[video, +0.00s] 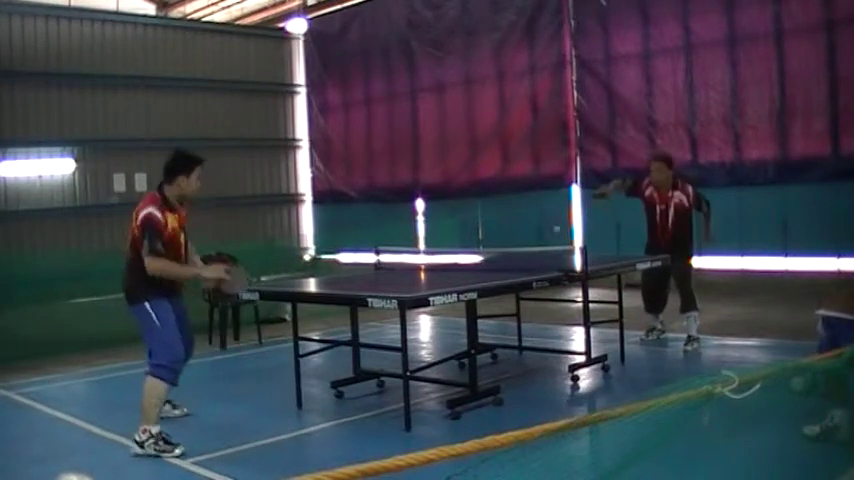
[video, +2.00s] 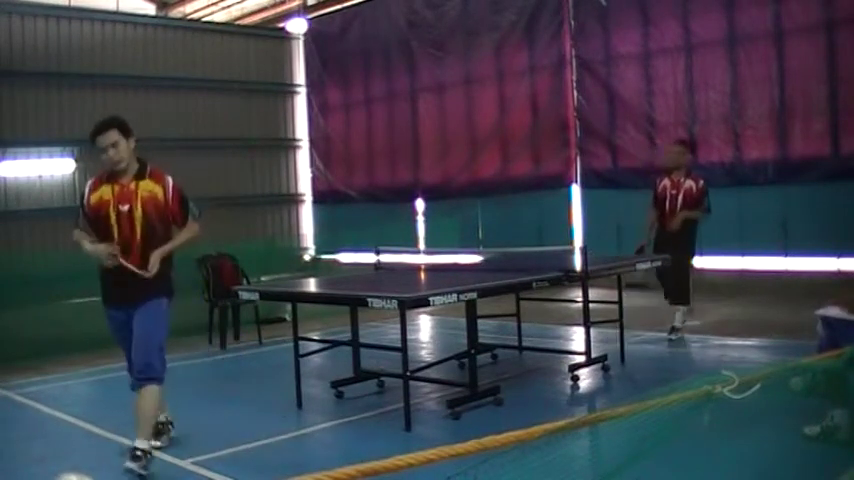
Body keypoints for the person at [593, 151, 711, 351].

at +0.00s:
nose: (655, 176)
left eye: (660, 171)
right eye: (653, 171)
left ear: (670, 172)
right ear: (649, 172)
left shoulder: (686, 191)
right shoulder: (645, 188)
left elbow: (705, 208)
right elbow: (623, 185)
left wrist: (707, 233)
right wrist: (608, 189)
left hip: (680, 248)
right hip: (655, 248)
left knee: (684, 286)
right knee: (650, 286)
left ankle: (692, 333)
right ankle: (655, 325)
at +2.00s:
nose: (673, 158)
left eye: (678, 154)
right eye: (671, 154)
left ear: (687, 158)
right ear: (668, 157)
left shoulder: (697, 184)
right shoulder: (662, 183)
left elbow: (702, 211)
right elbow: (655, 212)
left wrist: (683, 215)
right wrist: (647, 237)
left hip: (683, 234)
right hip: (663, 232)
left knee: (680, 270)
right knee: (662, 269)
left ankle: (679, 312)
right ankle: (680, 305)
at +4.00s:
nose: (729, 158)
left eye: (733, 154)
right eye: (727, 153)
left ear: (742, 157)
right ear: (724, 157)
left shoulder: (755, 183)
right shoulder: (716, 185)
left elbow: (765, 208)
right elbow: (710, 217)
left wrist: (747, 212)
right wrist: (705, 247)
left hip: (747, 242)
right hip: (724, 241)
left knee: (751, 281)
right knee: (719, 280)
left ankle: (755, 316)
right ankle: (713, 319)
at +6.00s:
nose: (609, 163)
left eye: (613, 160)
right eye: (610, 160)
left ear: (623, 163)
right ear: (616, 164)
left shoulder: (633, 185)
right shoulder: (618, 182)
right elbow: (607, 184)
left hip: (649, 240)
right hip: (633, 241)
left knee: (660, 281)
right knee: (634, 282)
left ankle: (674, 322)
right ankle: (637, 322)